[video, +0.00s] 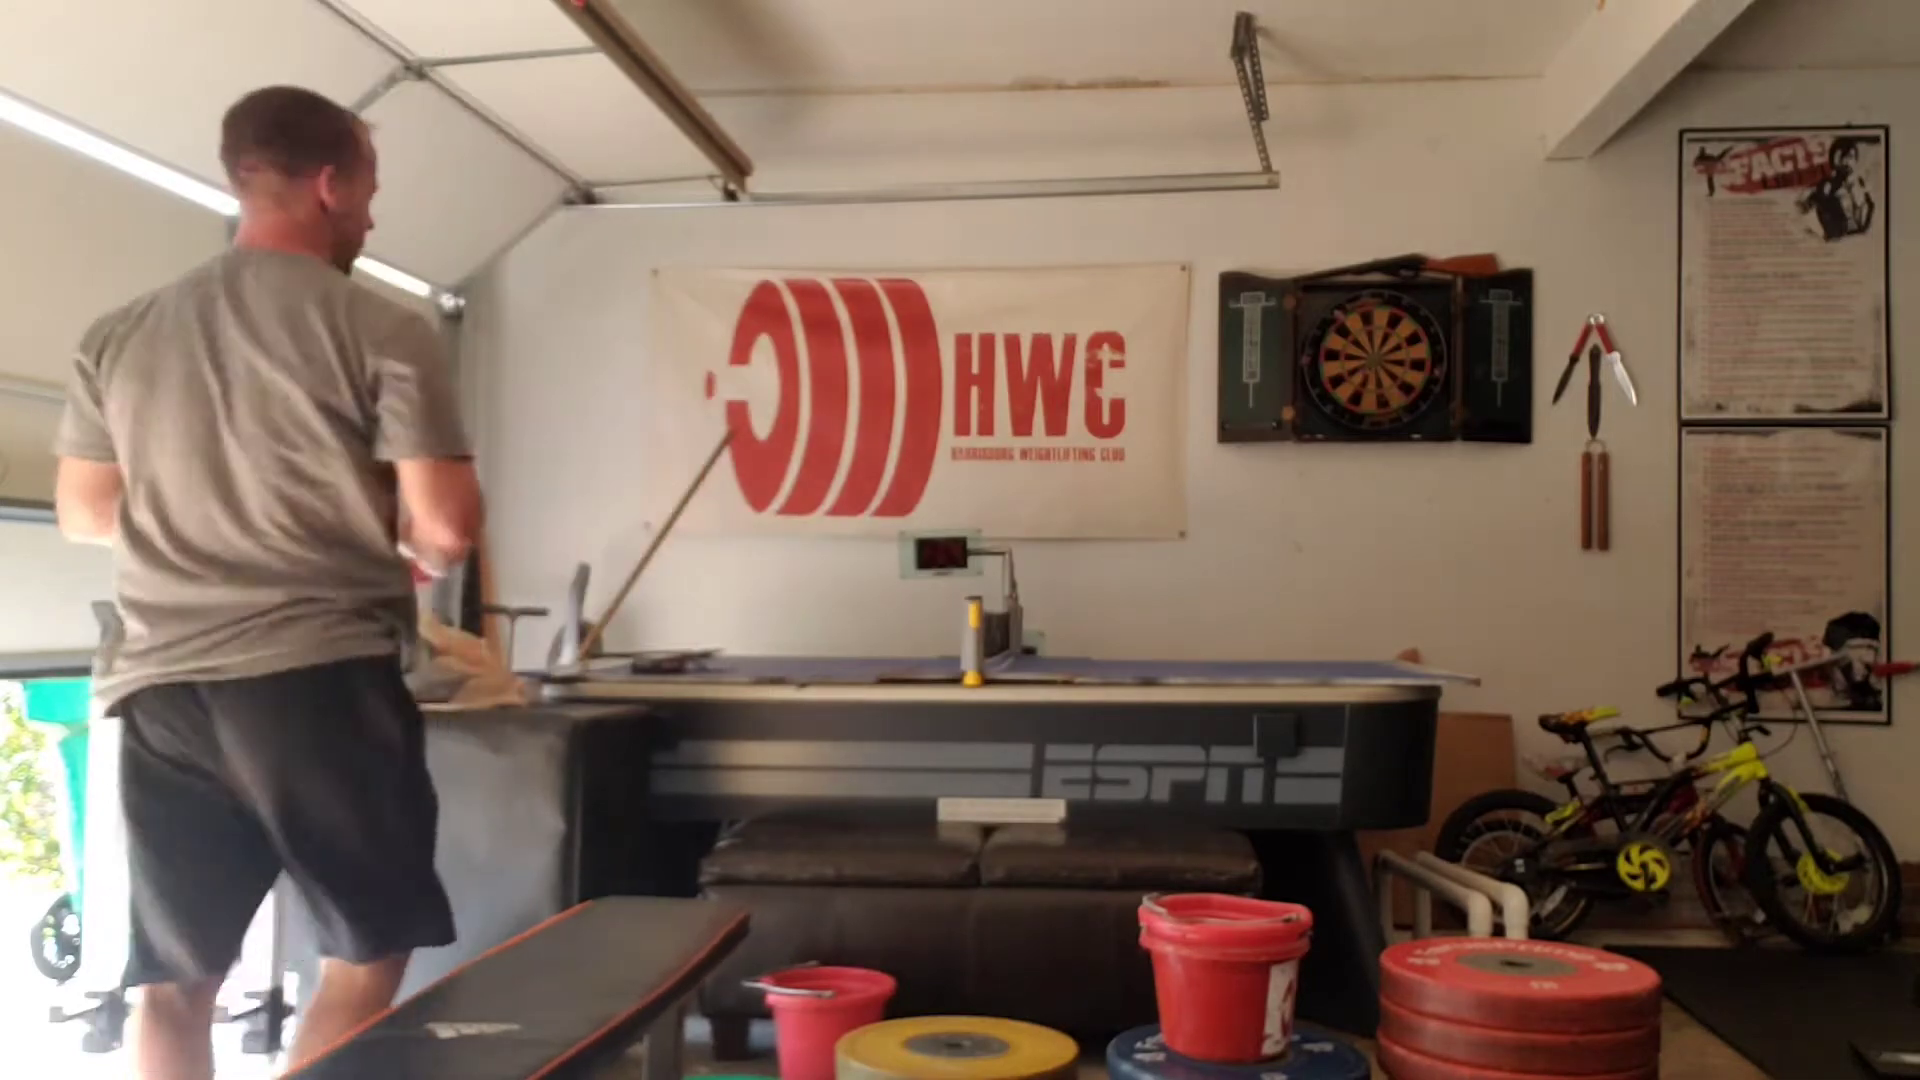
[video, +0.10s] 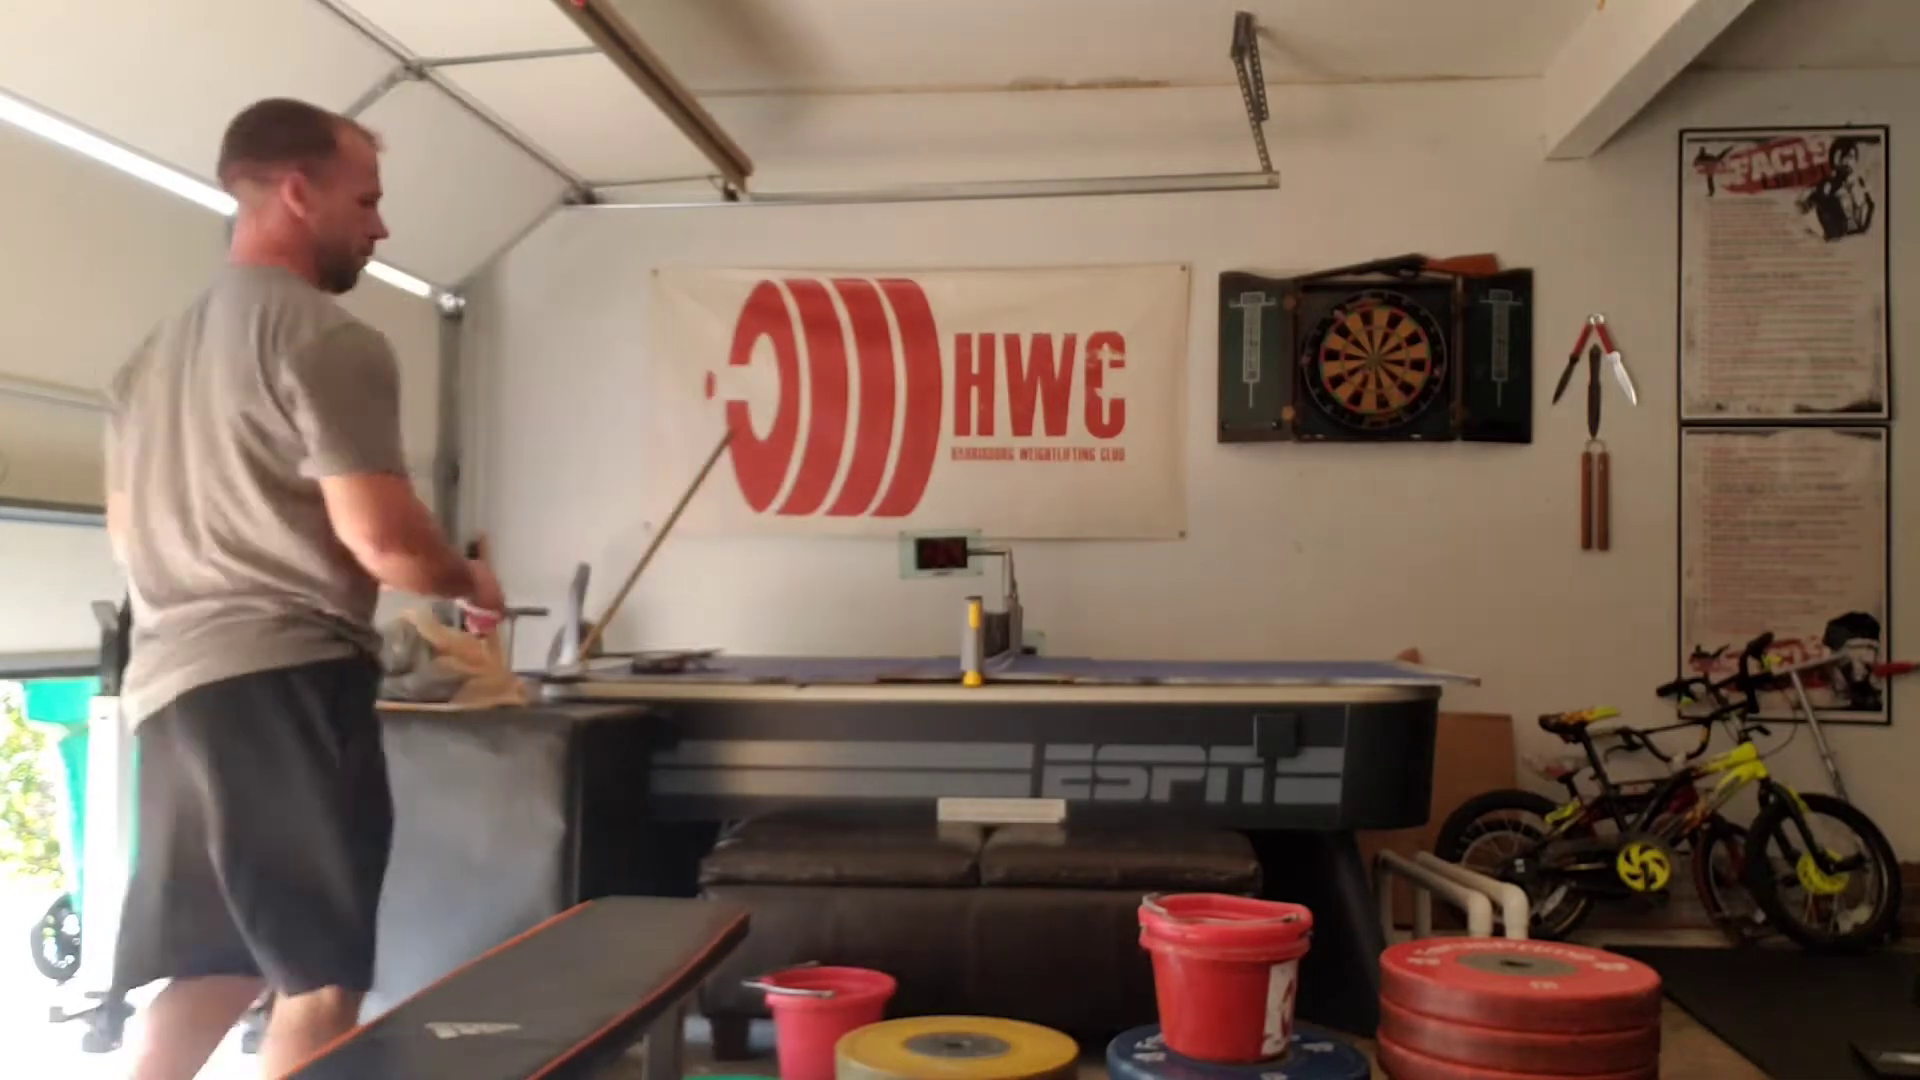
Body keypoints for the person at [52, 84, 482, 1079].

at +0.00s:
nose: (372, 213)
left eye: (371, 189)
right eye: (366, 188)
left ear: (241, 186)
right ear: (323, 186)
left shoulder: (119, 334)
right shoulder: (381, 323)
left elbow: (87, 512)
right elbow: (446, 527)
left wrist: (210, 506)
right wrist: (406, 533)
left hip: (160, 695)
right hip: (319, 683)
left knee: (172, 989)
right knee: (369, 957)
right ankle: (292, 1075)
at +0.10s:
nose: (381, 230)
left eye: (378, 204)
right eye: (368, 200)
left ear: (274, 197)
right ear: (293, 193)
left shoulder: (148, 358)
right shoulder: (319, 329)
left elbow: (131, 535)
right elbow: (384, 538)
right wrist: (465, 578)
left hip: (168, 683)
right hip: (284, 668)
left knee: (211, 978)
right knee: (320, 983)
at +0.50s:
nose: (372, 237)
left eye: (373, 216)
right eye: (354, 211)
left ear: (283, 211)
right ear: (267, 206)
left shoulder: (327, 377)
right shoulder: (190, 342)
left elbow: (357, 532)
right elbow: (104, 511)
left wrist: (452, 569)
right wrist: (267, 612)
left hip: (257, 696)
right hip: (153, 680)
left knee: (250, 950)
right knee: (242, 945)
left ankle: (201, 1072)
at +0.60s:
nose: (382, 241)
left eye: (383, 220)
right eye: (364, 216)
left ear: (289, 216)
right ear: (279, 209)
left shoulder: (341, 377)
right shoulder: (201, 339)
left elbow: (371, 527)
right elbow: (73, 494)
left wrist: (468, 593)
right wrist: (183, 637)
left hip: (258, 705)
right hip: (144, 692)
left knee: (222, 977)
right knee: (197, 979)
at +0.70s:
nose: (411, 256)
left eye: (414, 235)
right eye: (395, 229)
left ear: (322, 226)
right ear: (312, 220)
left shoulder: (363, 385)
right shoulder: (220, 350)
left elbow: (370, 523)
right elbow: (46, 468)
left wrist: (437, 636)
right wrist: (58, 638)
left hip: (260, 728)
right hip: (148, 705)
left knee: (224, 981)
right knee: (154, 991)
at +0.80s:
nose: (455, 293)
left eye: (458, 269)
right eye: (436, 264)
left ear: (370, 259)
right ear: (353, 254)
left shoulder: (398, 407)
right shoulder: (259, 366)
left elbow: (320, 532)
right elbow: (51, 421)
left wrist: (355, 642)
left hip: (252, 729)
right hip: (129, 695)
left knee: (268, 964)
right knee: (164, 991)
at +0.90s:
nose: (489, 364)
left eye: (492, 341)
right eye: (469, 337)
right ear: (387, 331)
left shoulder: (424, 478)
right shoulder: (286, 445)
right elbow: (78, 478)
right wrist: (15, 662)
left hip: (252, 767)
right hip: (126, 748)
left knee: (329, 957)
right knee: (202, 1019)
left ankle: (229, 1078)